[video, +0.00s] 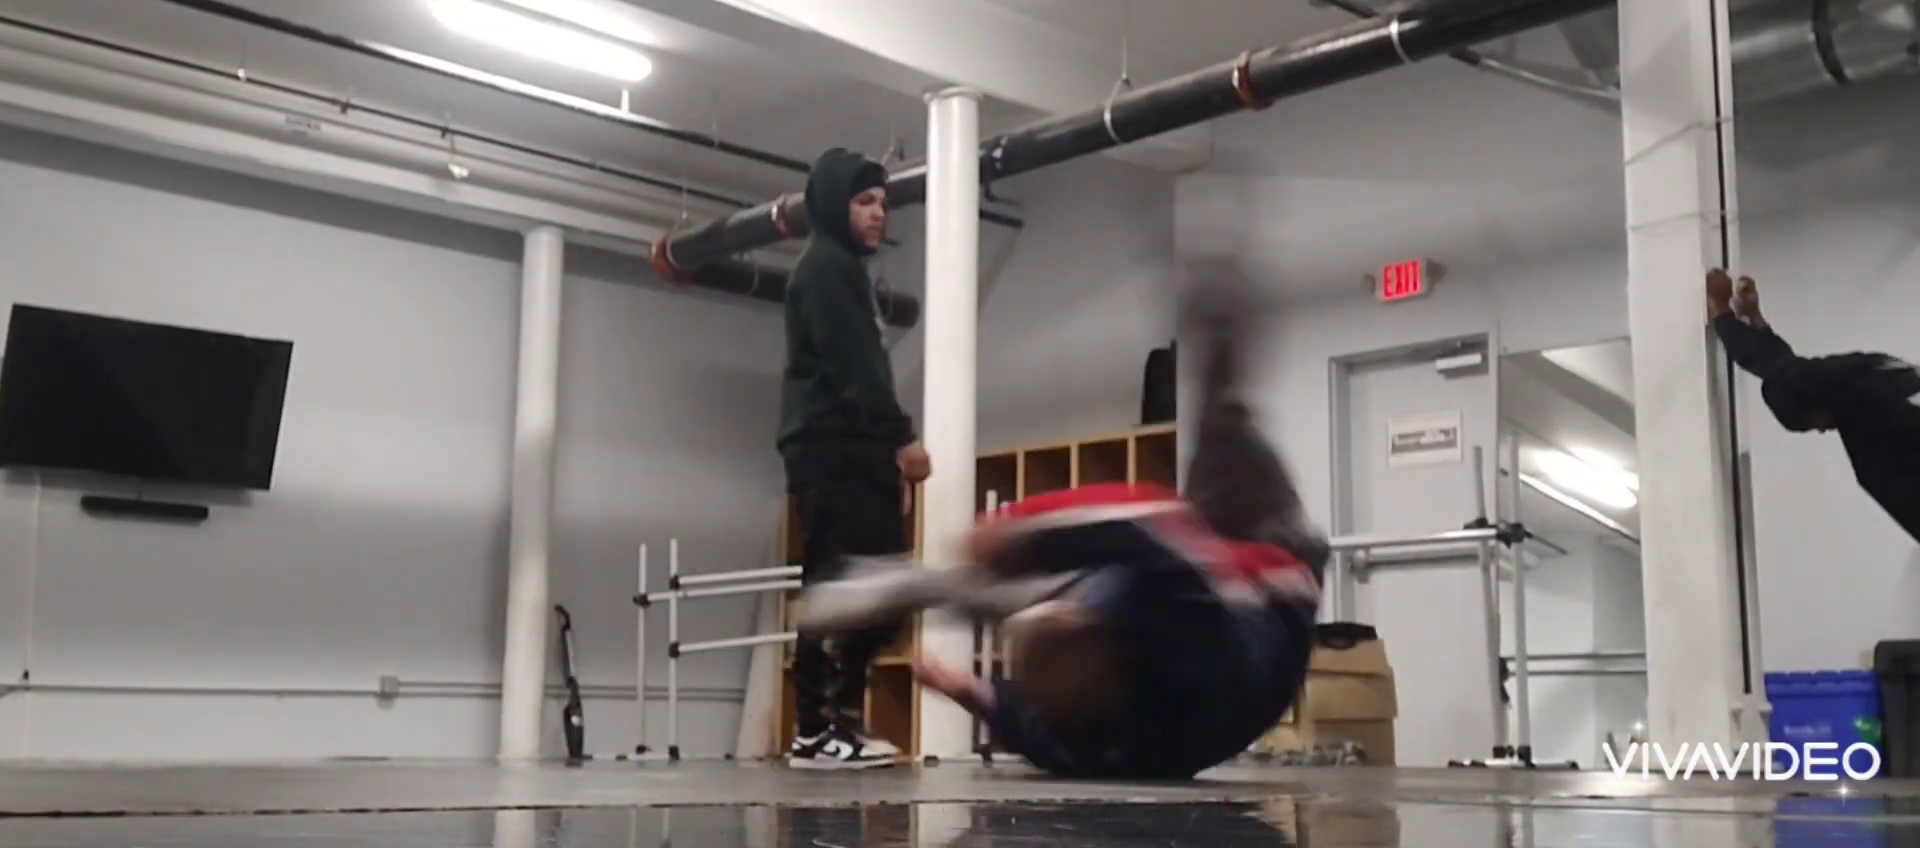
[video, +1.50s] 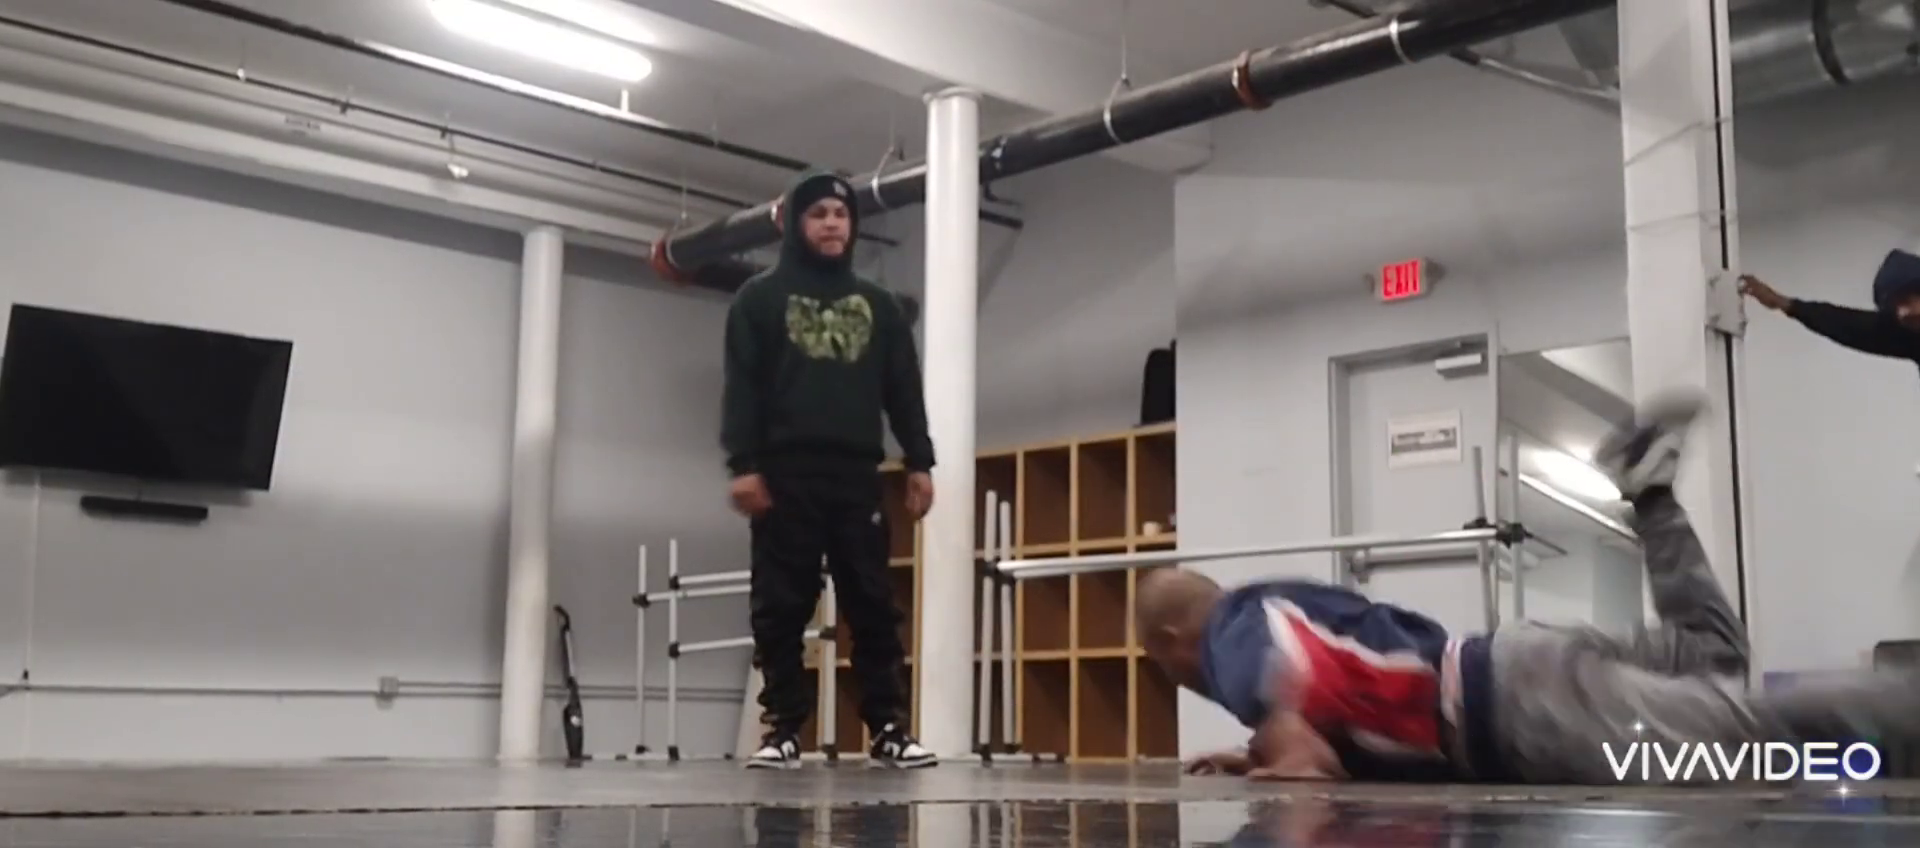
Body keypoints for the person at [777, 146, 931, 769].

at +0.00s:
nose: (879, 214)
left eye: (882, 203)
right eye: (866, 202)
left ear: (878, 209)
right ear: (833, 206)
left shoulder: (837, 265)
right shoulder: (829, 266)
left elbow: (853, 366)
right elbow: (854, 364)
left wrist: (890, 447)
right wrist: (902, 437)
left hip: (844, 447)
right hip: (836, 447)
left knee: (842, 579)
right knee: (855, 580)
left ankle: (832, 724)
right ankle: (827, 725)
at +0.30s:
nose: (905, 222)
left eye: (910, 211)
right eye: (891, 211)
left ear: (915, 221)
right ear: (861, 219)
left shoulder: (903, 292)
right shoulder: (841, 283)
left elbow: (915, 378)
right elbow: (834, 370)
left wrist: (929, 446)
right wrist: (852, 444)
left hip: (916, 458)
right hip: (868, 458)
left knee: (904, 597)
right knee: (856, 593)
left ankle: (891, 727)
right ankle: (819, 727)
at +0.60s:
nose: (923, 230)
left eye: (931, 220)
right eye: (910, 218)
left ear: (939, 232)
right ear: (881, 224)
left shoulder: (939, 312)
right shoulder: (846, 287)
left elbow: (963, 398)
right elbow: (817, 372)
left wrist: (988, 473)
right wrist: (810, 455)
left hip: (923, 469)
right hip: (862, 462)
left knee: (906, 598)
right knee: (860, 593)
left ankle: (892, 727)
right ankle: (853, 728)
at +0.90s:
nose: (913, 231)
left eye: (922, 221)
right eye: (900, 219)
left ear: (933, 232)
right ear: (875, 228)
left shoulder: (944, 312)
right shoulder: (839, 291)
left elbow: (965, 395)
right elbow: (813, 375)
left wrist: (980, 468)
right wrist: (810, 455)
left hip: (916, 473)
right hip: (852, 467)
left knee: (903, 606)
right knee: (833, 593)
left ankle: (892, 730)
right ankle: (800, 723)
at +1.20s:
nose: (880, 229)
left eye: (888, 220)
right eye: (868, 220)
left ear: (901, 231)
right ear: (844, 229)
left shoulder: (923, 309)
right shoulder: (808, 296)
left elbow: (941, 393)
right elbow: (788, 379)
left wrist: (947, 469)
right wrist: (799, 452)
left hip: (898, 476)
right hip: (829, 471)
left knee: (896, 609)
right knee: (805, 603)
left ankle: (891, 731)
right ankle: (787, 729)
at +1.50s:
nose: (832, 223)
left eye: (841, 214)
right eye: (819, 214)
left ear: (851, 224)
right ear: (794, 224)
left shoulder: (877, 303)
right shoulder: (758, 298)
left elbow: (902, 387)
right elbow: (741, 386)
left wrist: (920, 461)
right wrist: (742, 466)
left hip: (856, 472)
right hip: (782, 472)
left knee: (871, 604)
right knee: (779, 607)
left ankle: (888, 729)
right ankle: (782, 730)